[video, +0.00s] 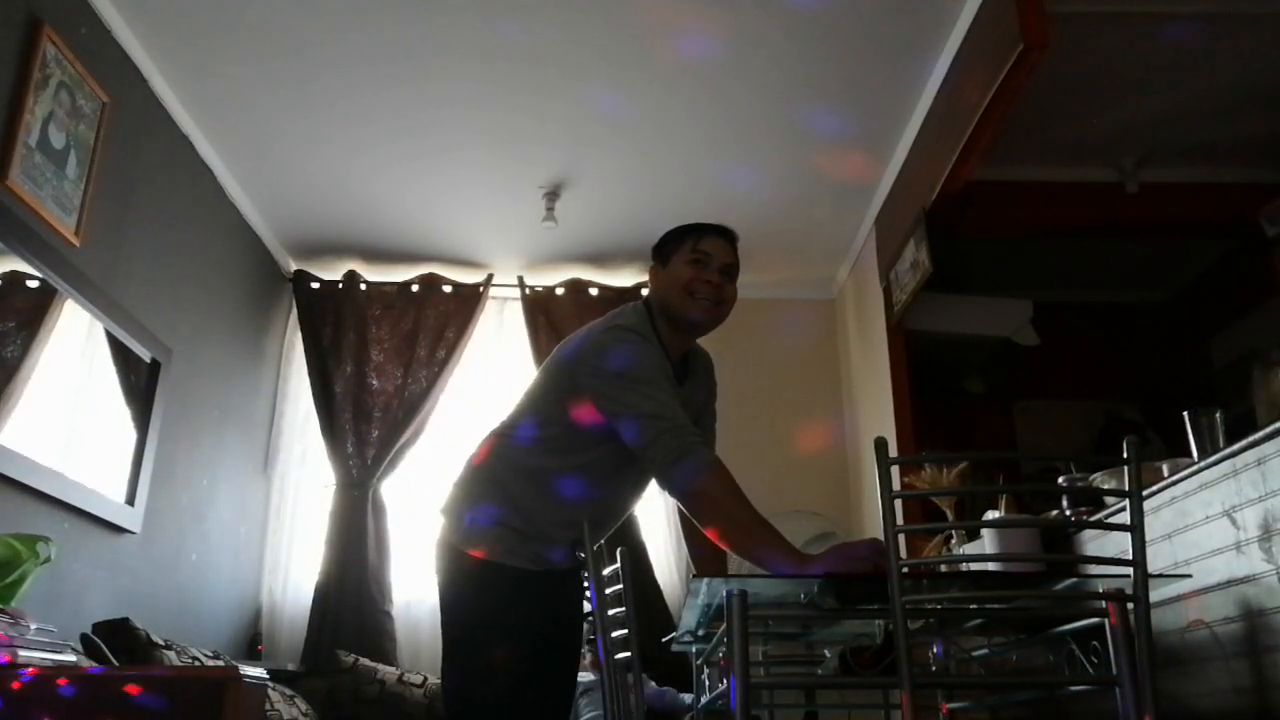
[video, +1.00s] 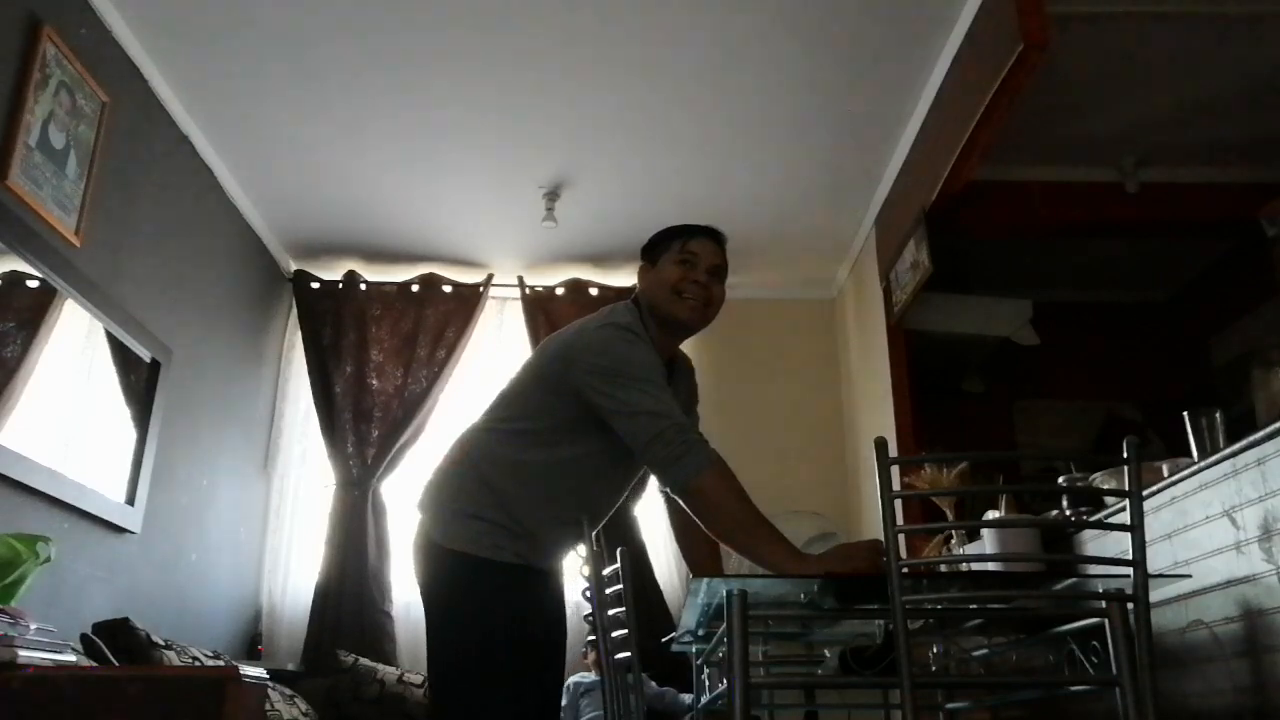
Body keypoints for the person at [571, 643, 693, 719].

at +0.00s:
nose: (597, 658)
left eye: (602, 652)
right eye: (592, 653)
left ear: (613, 655)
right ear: (584, 658)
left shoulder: (630, 679)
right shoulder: (587, 690)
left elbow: (659, 696)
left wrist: (697, 701)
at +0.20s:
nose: (599, 657)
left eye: (604, 651)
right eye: (594, 652)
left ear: (614, 654)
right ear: (586, 658)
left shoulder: (631, 680)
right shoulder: (580, 686)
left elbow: (664, 698)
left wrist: (698, 700)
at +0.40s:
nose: (600, 655)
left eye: (606, 648)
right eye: (594, 649)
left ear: (617, 651)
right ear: (585, 655)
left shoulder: (633, 680)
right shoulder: (581, 686)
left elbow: (670, 700)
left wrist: (699, 700)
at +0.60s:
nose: (600, 656)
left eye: (606, 650)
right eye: (594, 651)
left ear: (616, 653)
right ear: (585, 656)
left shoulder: (634, 682)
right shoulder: (579, 684)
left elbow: (669, 699)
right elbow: (570, 715)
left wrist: (700, 700)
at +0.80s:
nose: (600, 656)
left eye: (606, 650)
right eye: (594, 650)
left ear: (616, 652)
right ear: (585, 656)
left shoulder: (634, 681)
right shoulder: (578, 683)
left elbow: (666, 699)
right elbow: (569, 715)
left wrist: (700, 699)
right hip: (591, 717)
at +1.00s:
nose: (601, 654)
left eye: (605, 649)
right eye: (595, 650)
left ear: (614, 651)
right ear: (585, 656)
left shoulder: (636, 680)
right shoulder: (576, 684)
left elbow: (666, 699)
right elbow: (567, 716)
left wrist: (699, 700)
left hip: (629, 715)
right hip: (593, 716)